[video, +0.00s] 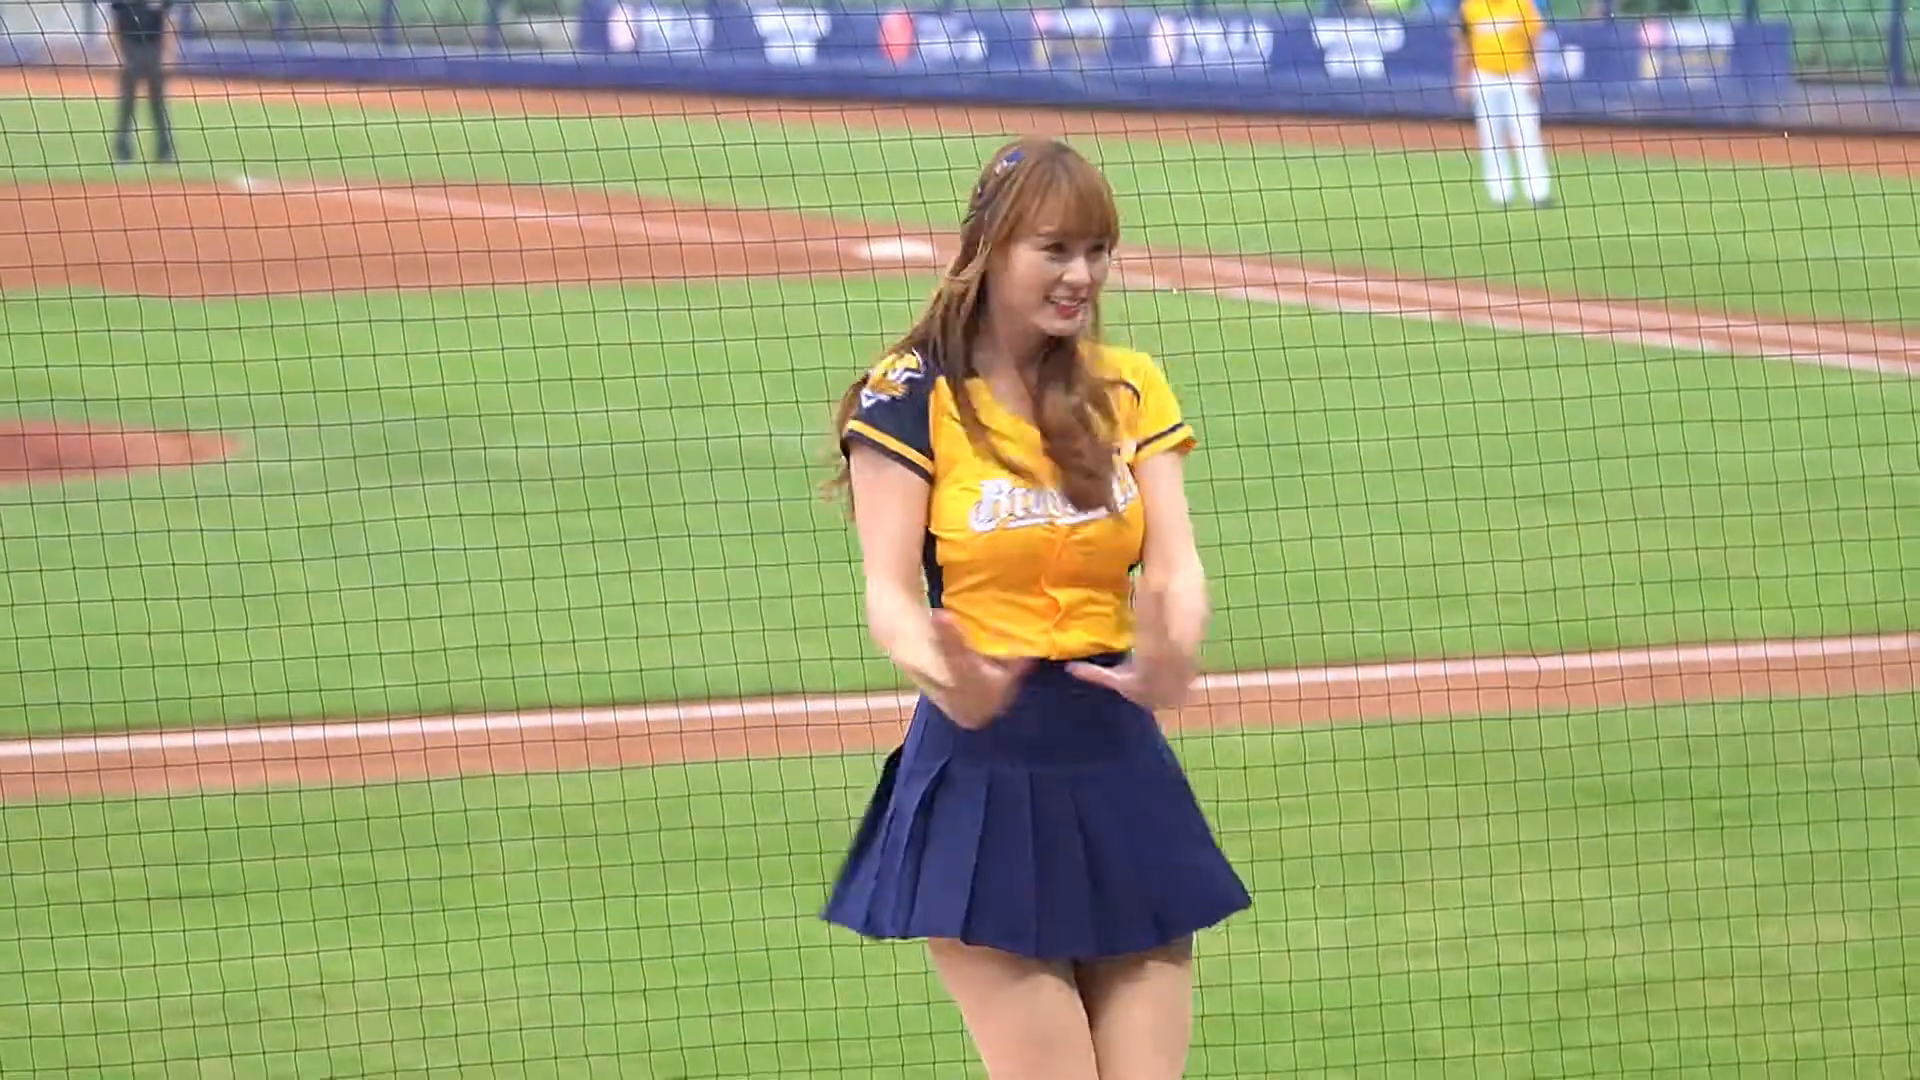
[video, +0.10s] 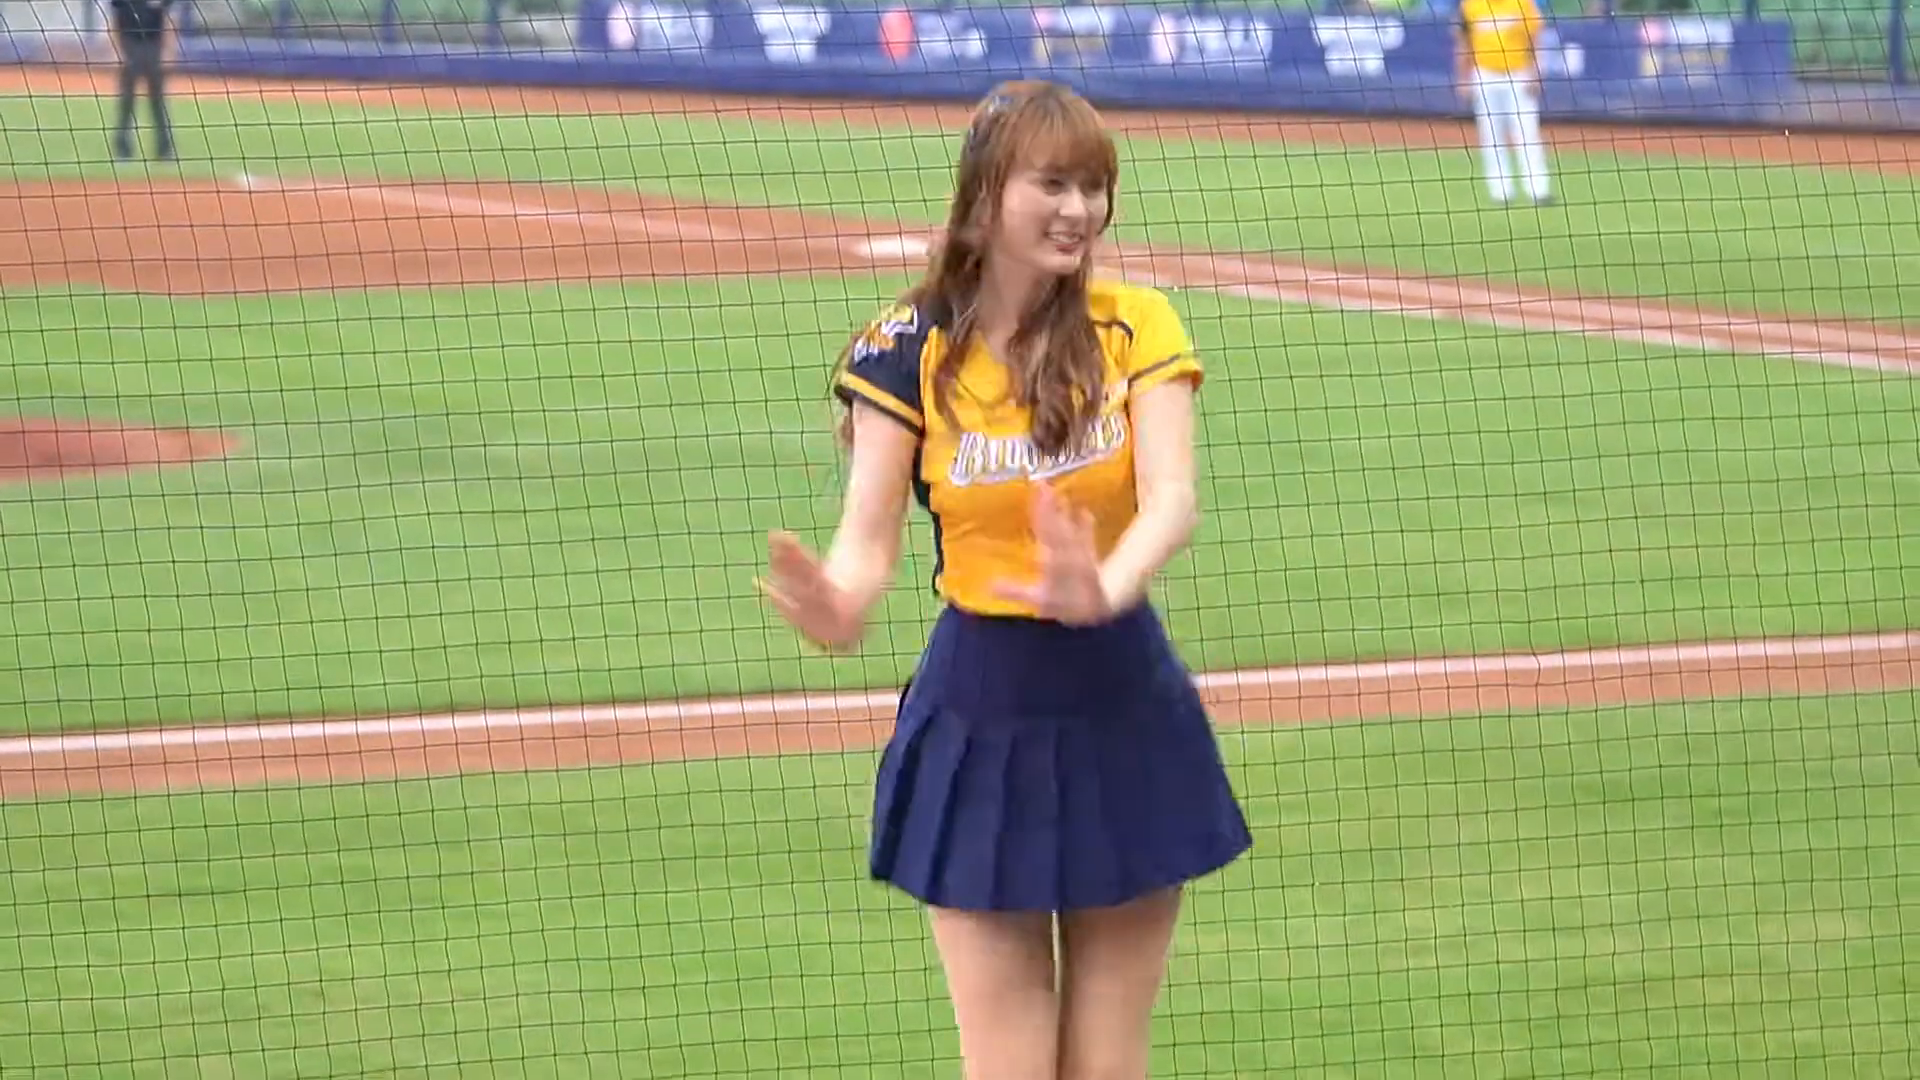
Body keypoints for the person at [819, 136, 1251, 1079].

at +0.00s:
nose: (1079, 275)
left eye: (1095, 252)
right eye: (1053, 250)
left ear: (1112, 258)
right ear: (986, 251)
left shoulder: (1128, 385)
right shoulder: (907, 394)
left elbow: (1172, 561)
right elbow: (892, 590)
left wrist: (1168, 657)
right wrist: (948, 674)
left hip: (1121, 739)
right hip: (981, 745)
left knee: (1146, 1063)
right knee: (1051, 1062)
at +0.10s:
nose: (1077, 207)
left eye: (1094, 185)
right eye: (1050, 182)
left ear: (1108, 200)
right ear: (985, 196)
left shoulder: (1139, 321)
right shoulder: (907, 348)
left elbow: (1171, 496)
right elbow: (868, 531)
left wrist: (1105, 589)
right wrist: (843, 607)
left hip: (1120, 696)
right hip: (979, 699)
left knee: (1107, 1059)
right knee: (1006, 1057)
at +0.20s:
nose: (1076, 207)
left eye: (1096, 187)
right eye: (1048, 181)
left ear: (1115, 206)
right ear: (981, 197)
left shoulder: (1140, 320)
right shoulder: (919, 340)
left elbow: (1130, 467)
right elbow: (821, 506)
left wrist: (1042, 547)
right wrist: (721, 579)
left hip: (1128, 705)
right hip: (982, 703)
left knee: (1095, 1059)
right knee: (982, 1057)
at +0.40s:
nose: (1099, 231)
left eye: (1115, 209)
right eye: (1069, 207)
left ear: (1131, 225)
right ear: (1007, 224)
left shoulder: (1154, 348)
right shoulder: (943, 365)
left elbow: (1094, 507)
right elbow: (838, 529)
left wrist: (1014, 654)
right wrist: (716, 669)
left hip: (1151, 708)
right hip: (1001, 699)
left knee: (1107, 1063)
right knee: (994, 1057)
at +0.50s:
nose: (1119, 234)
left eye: (1135, 212)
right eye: (1089, 210)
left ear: (1156, 230)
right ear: (1023, 234)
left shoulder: (1181, 345)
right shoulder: (964, 370)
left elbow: (1134, 528)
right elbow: (889, 570)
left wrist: (1061, 699)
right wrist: (805, 759)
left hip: (1162, 706)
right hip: (1009, 700)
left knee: (1139, 1059)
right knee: (1011, 1060)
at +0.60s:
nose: (1157, 249)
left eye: (1172, 225)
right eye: (1128, 228)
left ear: (1190, 238)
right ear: (1064, 247)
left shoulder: (1214, 342)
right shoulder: (1003, 393)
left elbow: (1197, 446)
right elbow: (895, 549)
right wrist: (773, 701)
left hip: (1180, 728)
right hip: (1042, 734)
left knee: (1235, 1051)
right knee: (1039, 1062)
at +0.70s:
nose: (1197, 207)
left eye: (1209, 174)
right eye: (1166, 184)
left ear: (1238, 179)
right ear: (1118, 204)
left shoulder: (1246, 317)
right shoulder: (1070, 324)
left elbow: (1284, 276)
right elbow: (910, 393)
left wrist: (1270, 220)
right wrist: (730, 451)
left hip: (1209, 688)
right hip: (1083, 682)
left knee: (1321, 1041)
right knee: (1050, 1052)